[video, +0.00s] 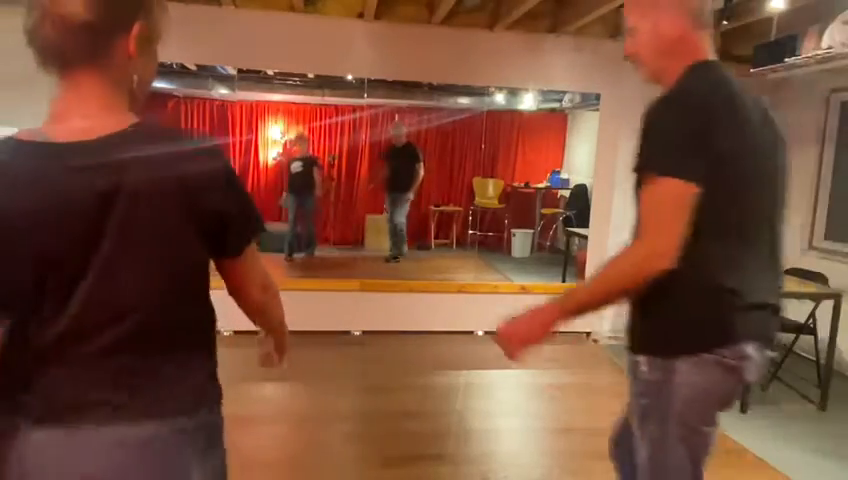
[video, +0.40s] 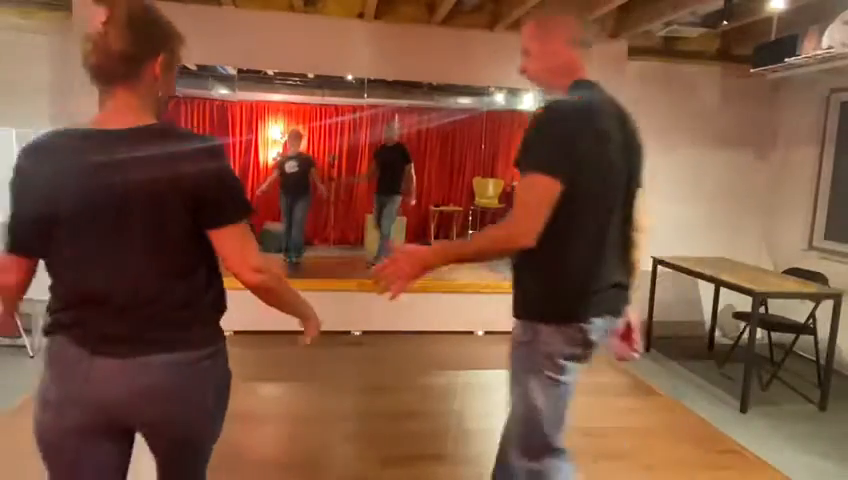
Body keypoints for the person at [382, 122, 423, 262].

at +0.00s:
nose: (397, 137)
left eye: (400, 133)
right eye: (395, 133)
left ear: (405, 133)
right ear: (392, 134)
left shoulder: (412, 149)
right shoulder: (390, 150)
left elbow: (420, 171)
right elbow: (386, 170)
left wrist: (412, 191)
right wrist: (380, 183)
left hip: (405, 190)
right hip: (392, 189)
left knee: (398, 219)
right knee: (392, 220)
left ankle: (400, 249)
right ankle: (394, 250)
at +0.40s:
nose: (390, 133)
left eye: (393, 130)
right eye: (388, 130)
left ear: (397, 133)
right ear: (384, 132)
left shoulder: (402, 149)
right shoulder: (380, 150)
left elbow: (411, 173)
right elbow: (373, 169)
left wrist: (412, 195)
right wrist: (364, 178)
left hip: (395, 192)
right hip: (380, 191)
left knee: (385, 223)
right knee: (378, 222)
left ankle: (380, 257)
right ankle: (388, 252)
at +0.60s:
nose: (384, 133)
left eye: (387, 129)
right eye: (383, 129)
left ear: (392, 131)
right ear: (380, 130)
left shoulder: (398, 148)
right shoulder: (376, 148)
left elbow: (406, 172)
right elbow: (369, 170)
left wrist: (402, 192)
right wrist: (354, 178)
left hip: (391, 193)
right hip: (375, 192)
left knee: (383, 226)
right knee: (368, 223)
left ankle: (383, 251)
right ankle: (371, 249)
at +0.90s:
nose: (374, 134)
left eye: (377, 130)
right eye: (372, 130)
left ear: (383, 131)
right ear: (369, 132)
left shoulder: (390, 150)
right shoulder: (365, 150)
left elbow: (395, 175)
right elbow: (358, 171)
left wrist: (382, 191)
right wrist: (342, 181)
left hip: (384, 195)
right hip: (368, 194)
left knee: (382, 230)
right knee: (362, 228)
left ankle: (379, 260)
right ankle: (352, 260)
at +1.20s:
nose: (358, 132)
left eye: (361, 127)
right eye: (356, 128)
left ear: (368, 127)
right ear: (354, 130)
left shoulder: (379, 147)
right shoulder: (355, 150)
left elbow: (381, 173)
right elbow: (352, 175)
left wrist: (360, 188)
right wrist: (336, 184)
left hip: (375, 196)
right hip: (358, 195)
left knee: (375, 231)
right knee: (357, 231)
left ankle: (376, 262)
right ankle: (355, 266)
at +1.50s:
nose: (349, 132)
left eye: (351, 128)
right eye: (350, 128)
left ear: (355, 128)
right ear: (360, 127)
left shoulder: (366, 147)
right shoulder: (355, 148)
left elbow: (363, 173)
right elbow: (353, 174)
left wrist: (341, 186)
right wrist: (338, 186)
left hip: (362, 196)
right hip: (352, 196)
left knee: (356, 232)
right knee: (354, 232)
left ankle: (355, 269)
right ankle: (354, 268)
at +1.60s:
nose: (347, 132)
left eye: (349, 128)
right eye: (348, 128)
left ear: (353, 128)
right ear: (358, 126)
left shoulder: (362, 148)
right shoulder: (354, 148)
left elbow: (357, 172)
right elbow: (351, 173)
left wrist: (337, 185)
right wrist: (336, 185)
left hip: (358, 195)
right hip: (352, 195)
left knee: (351, 231)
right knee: (351, 231)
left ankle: (350, 269)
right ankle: (350, 268)